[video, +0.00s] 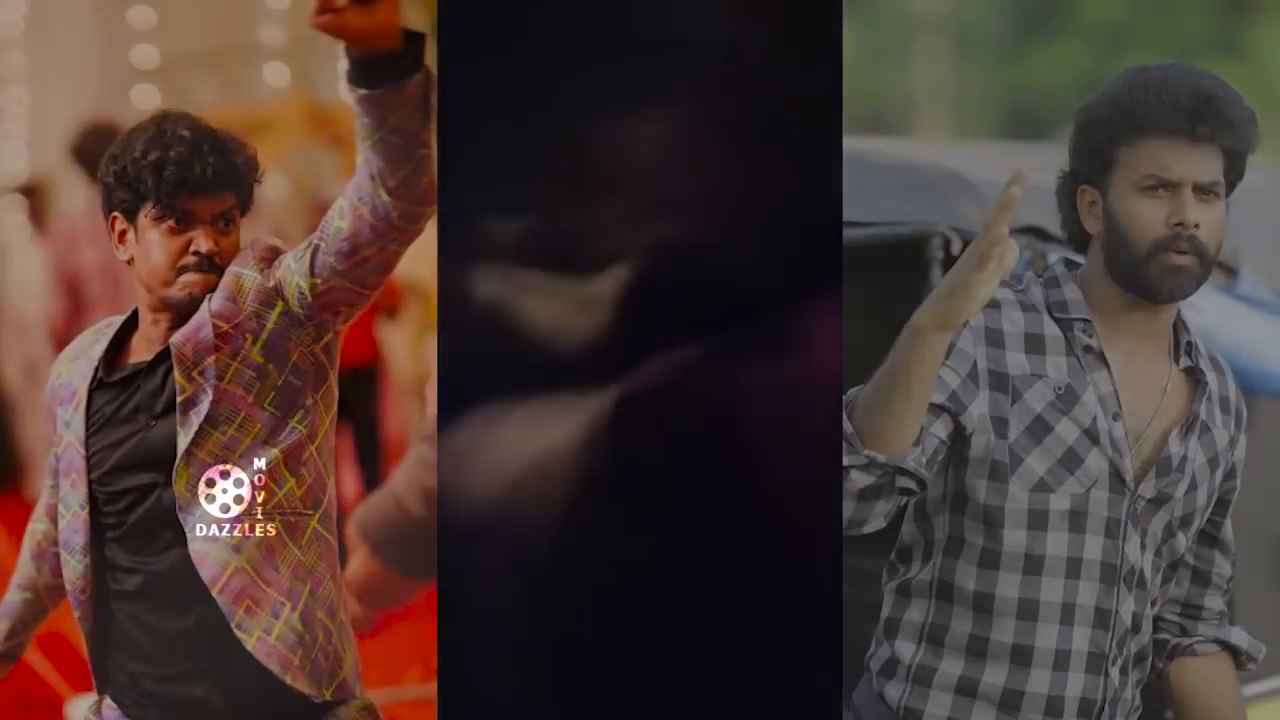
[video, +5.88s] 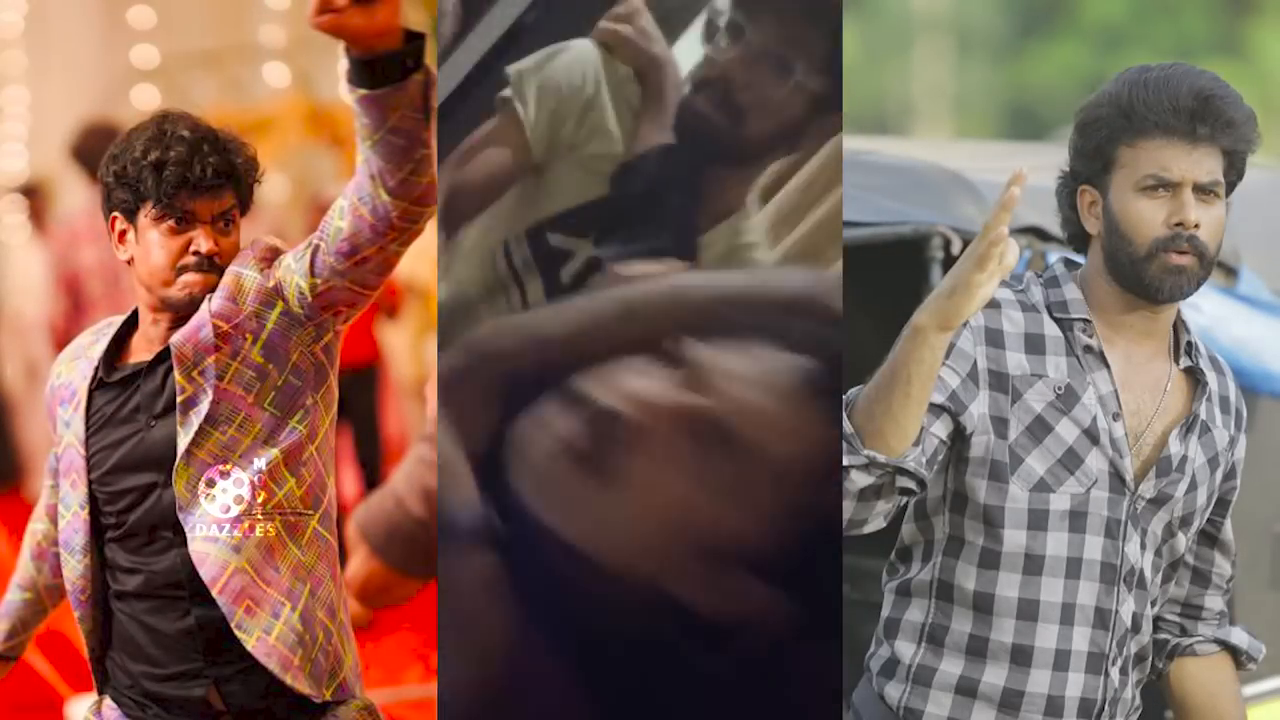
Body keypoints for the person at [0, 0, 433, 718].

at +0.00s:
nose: (205, 245)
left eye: (223, 223)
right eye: (178, 222)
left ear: (243, 230)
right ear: (122, 236)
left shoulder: (285, 313)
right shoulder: (75, 372)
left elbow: (393, 200)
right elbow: (55, 527)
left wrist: (381, 53)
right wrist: (7, 637)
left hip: (285, 702)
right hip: (138, 704)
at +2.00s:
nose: (206, 245)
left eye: (223, 222)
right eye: (179, 222)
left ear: (243, 230)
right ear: (122, 236)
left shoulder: (287, 312)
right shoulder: (76, 373)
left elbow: (394, 199)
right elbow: (56, 524)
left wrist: (380, 52)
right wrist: (7, 634)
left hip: (291, 700)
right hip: (140, 705)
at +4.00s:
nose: (206, 245)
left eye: (223, 222)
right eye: (179, 222)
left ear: (243, 230)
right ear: (122, 236)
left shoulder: (287, 312)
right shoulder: (76, 373)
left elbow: (394, 199)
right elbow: (56, 524)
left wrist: (380, 52)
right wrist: (8, 634)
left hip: (292, 702)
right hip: (140, 707)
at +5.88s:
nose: (206, 245)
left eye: (223, 222)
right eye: (179, 222)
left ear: (242, 230)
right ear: (123, 236)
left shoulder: (286, 313)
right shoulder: (76, 373)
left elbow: (393, 200)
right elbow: (56, 524)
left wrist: (380, 52)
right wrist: (8, 634)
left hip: (290, 700)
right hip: (140, 705)